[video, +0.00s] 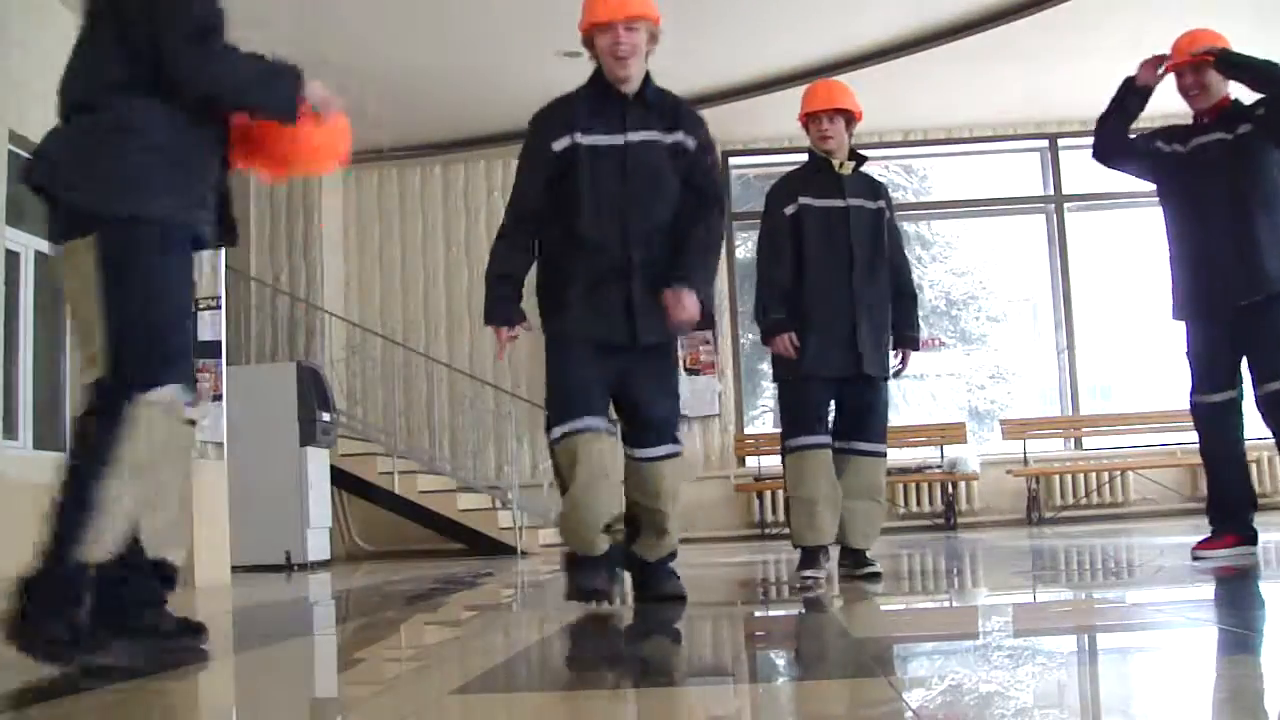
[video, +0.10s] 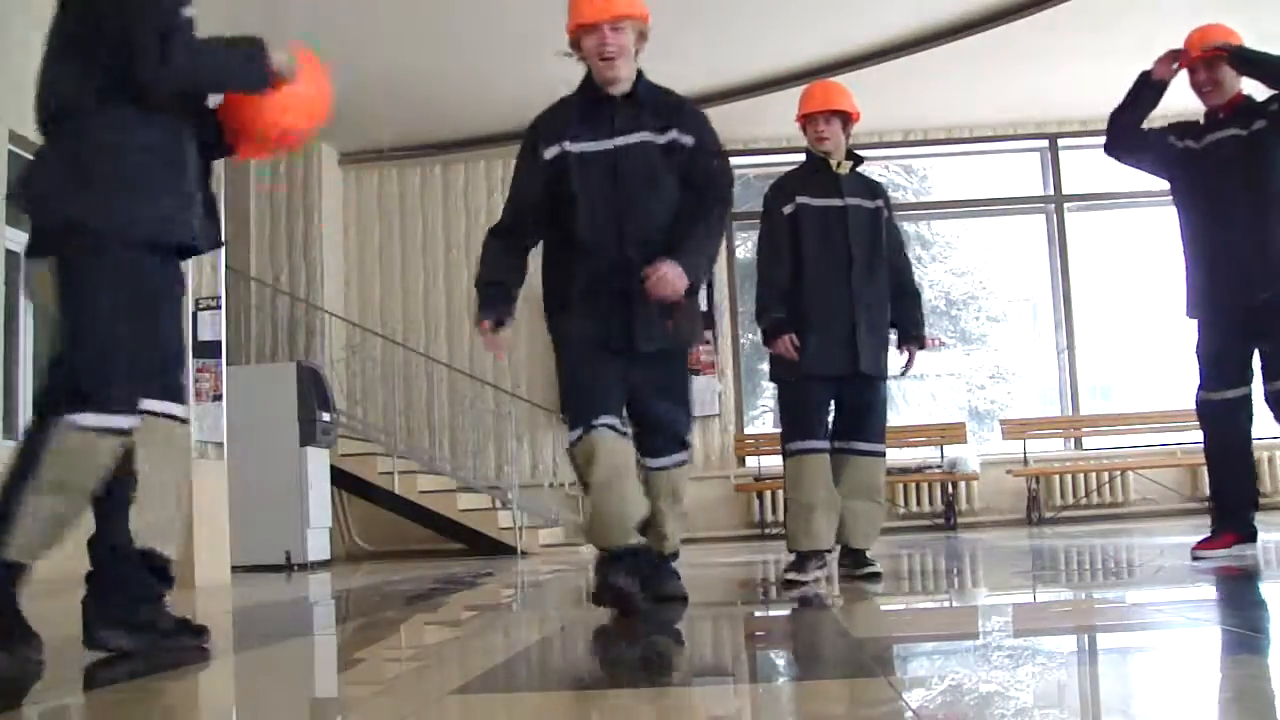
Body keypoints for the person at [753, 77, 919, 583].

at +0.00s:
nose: (825, 129)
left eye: (835, 119)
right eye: (816, 121)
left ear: (851, 125)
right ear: (804, 129)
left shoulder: (874, 192)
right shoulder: (787, 192)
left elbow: (896, 264)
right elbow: (772, 264)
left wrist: (905, 326)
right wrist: (775, 322)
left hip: (865, 341)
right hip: (805, 342)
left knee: (863, 448)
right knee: (808, 447)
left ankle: (857, 547)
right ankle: (813, 548)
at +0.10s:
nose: (821, 128)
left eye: (830, 119)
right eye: (812, 121)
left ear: (849, 125)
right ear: (802, 129)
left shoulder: (873, 193)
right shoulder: (785, 192)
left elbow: (896, 264)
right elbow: (771, 266)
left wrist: (909, 324)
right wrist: (774, 323)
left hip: (864, 343)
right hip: (803, 344)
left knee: (863, 449)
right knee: (806, 449)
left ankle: (857, 550)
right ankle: (811, 551)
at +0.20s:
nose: (817, 130)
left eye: (826, 121)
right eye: (808, 123)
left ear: (845, 126)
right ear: (799, 131)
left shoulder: (872, 194)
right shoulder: (782, 194)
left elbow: (898, 263)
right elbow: (768, 266)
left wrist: (914, 321)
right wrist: (769, 324)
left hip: (862, 346)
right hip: (801, 347)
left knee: (862, 451)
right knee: (804, 451)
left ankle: (857, 550)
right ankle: (807, 552)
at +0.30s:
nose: (813, 132)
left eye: (822, 122)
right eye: (804, 124)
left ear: (841, 128)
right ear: (795, 132)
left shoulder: (871, 193)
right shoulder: (779, 194)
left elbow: (898, 261)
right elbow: (762, 264)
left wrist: (915, 319)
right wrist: (762, 319)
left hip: (858, 345)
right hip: (795, 345)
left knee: (860, 450)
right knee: (792, 449)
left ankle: (856, 548)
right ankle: (793, 550)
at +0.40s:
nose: (806, 135)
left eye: (815, 125)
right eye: (798, 128)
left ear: (835, 128)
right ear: (790, 134)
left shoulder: (869, 195)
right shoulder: (773, 196)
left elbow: (895, 262)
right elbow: (757, 266)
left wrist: (913, 319)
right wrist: (753, 320)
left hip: (854, 347)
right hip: (789, 348)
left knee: (856, 453)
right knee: (783, 452)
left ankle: (855, 548)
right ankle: (776, 548)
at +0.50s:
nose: (797, 136)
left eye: (806, 126)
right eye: (790, 128)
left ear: (827, 129)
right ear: (782, 134)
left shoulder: (861, 194)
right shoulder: (766, 196)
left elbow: (888, 258)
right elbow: (745, 268)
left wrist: (900, 314)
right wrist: (745, 329)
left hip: (851, 346)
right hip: (785, 348)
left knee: (856, 453)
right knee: (773, 453)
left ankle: (857, 549)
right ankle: (760, 549)